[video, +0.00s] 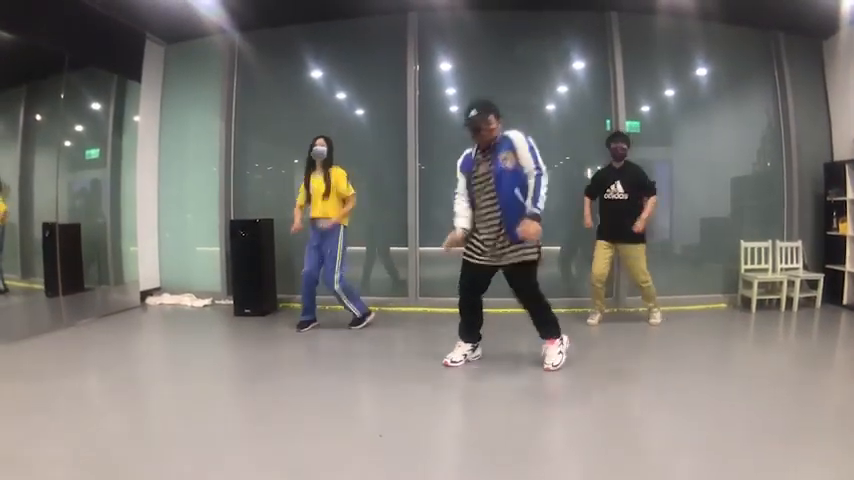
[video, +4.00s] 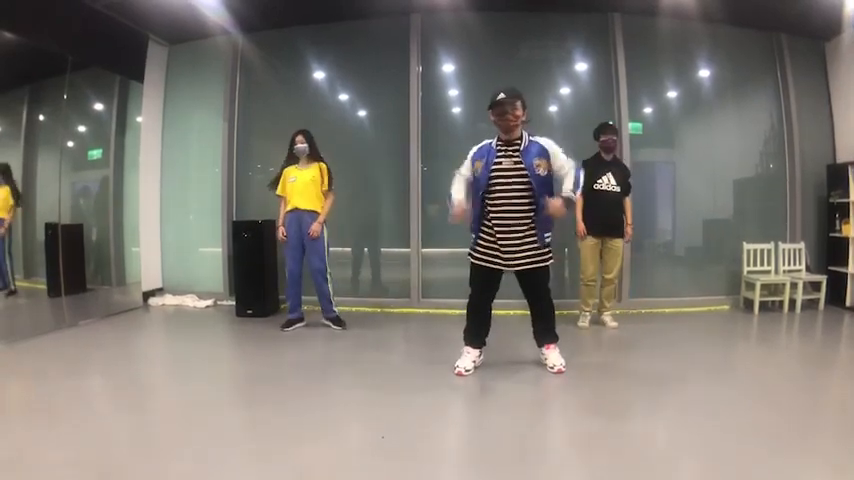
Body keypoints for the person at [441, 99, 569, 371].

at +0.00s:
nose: (483, 135)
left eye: (486, 128)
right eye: (477, 131)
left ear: (497, 122)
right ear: (470, 131)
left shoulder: (515, 140)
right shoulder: (467, 160)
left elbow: (538, 174)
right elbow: (462, 197)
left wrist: (534, 216)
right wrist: (460, 227)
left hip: (515, 237)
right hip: (481, 240)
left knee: (526, 290)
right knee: (468, 291)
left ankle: (554, 340)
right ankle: (469, 344)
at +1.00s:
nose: (468, 142)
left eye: (473, 136)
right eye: (461, 137)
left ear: (484, 135)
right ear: (454, 139)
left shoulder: (501, 159)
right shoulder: (450, 173)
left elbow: (544, 166)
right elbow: (431, 195)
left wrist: (520, 199)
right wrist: (433, 201)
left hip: (503, 246)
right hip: (468, 246)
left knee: (498, 302)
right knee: (455, 299)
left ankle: (535, 341)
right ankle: (455, 346)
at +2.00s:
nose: (482, 127)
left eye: (487, 120)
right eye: (476, 122)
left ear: (498, 122)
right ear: (468, 127)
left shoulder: (514, 143)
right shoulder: (461, 152)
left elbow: (548, 165)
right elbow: (448, 183)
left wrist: (539, 204)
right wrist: (442, 213)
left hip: (517, 230)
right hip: (480, 234)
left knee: (526, 286)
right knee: (470, 291)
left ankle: (561, 336)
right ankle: (469, 344)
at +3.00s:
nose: (556, 140)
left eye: (560, 134)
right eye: (549, 134)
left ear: (566, 135)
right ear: (534, 134)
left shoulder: (565, 175)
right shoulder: (513, 161)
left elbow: (566, 209)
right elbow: (497, 201)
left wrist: (564, 227)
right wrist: (487, 244)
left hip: (544, 252)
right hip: (509, 250)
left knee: (556, 301)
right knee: (493, 299)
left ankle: (553, 348)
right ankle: (476, 347)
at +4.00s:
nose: (509, 117)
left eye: (513, 111)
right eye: (501, 113)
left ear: (523, 113)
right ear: (492, 117)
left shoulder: (542, 148)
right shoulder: (480, 152)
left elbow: (569, 170)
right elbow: (461, 178)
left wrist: (564, 198)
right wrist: (458, 202)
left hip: (529, 238)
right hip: (489, 238)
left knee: (539, 294)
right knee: (480, 295)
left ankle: (549, 346)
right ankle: (472, 349)